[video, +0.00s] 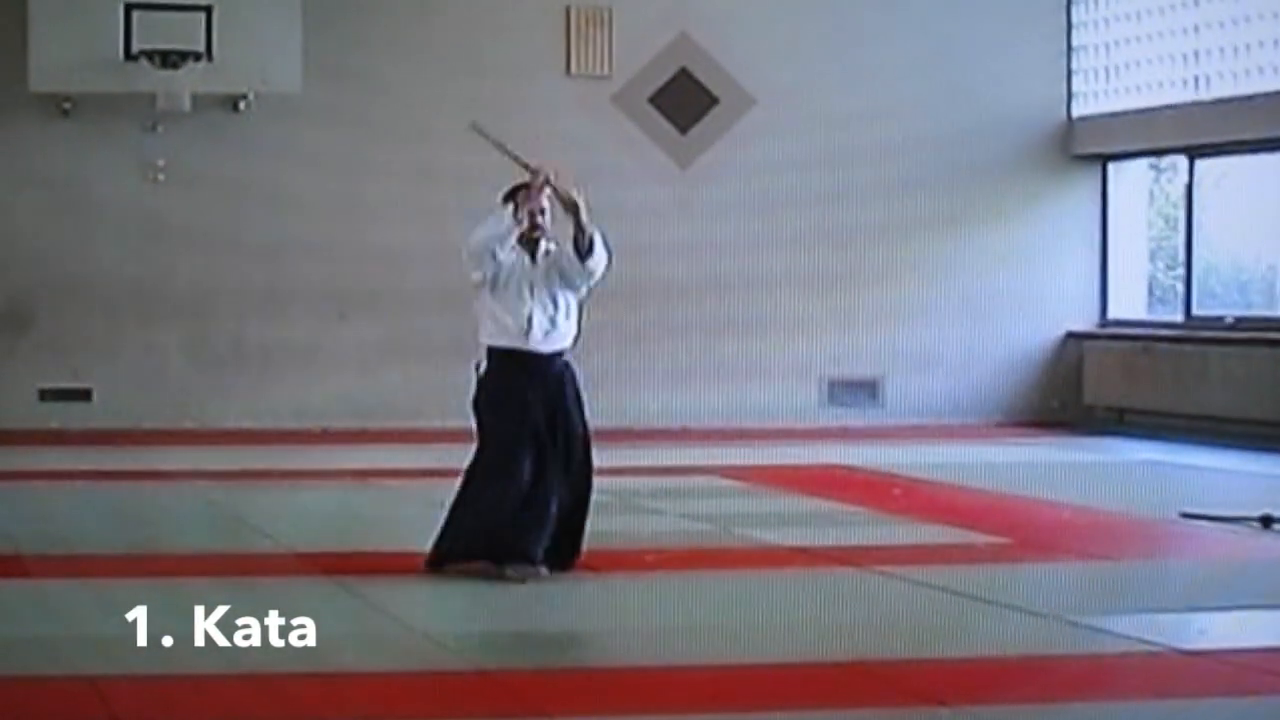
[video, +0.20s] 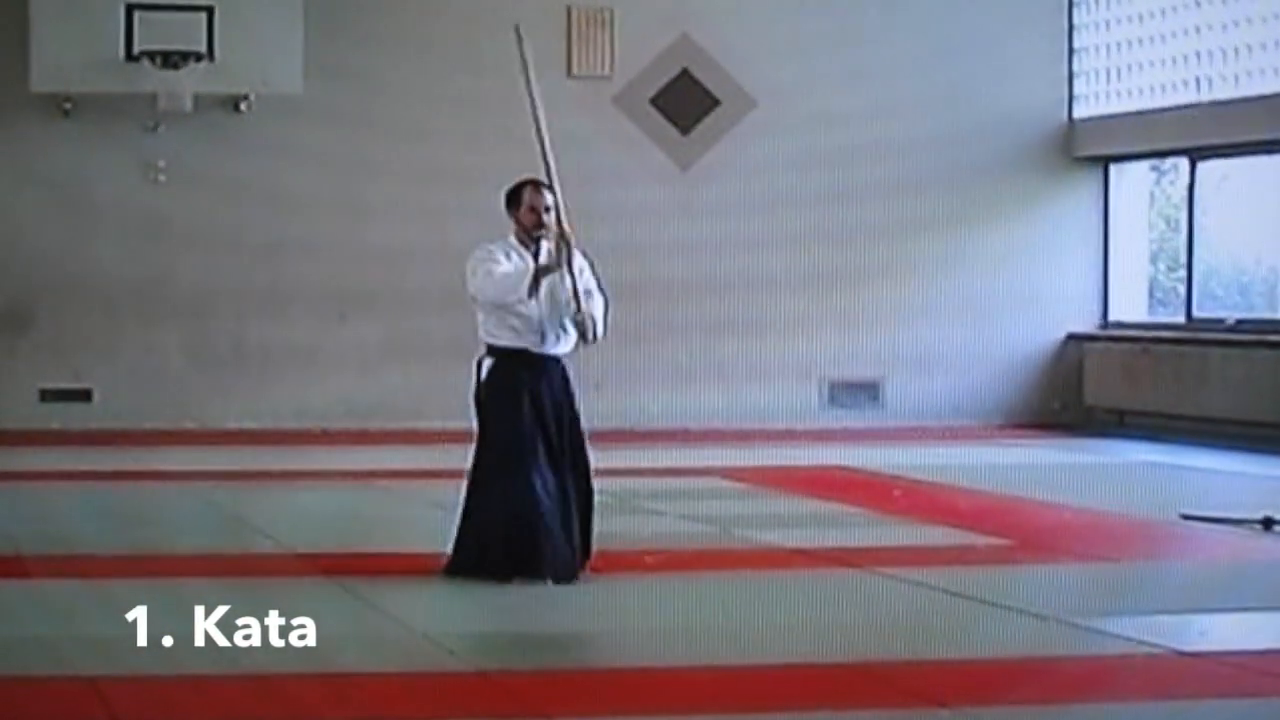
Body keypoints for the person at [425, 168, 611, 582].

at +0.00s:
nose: (535, 218)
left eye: (542, 210)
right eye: (526, 210)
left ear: (551, 216)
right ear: (511, 215)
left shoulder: (562, 263)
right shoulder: (498, 260)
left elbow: (592, 266)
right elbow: (477, 251)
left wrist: (578, 216)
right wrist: (516, 208)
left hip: (554, 367)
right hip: (507, 365)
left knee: (564, 462)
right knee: (510, 461)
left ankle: (540, 553)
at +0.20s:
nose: (540, 219)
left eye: (546, 211)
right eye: (532, 210)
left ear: (554, 215)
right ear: (514, 215)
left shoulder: (569, 262)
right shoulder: (490, 257)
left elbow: (593, 325)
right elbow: (491, 290)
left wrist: (571, 262)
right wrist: (542, 265)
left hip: (552, 371)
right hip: (508, 370)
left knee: (561, 463)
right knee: (523, 465)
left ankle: (565, 556)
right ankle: (539, 559)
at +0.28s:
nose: (543, 218)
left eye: (548, 210)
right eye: (535, 210)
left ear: (556, 215)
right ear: (516, 214)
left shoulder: (567, 261)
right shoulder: (493, 258)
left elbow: (588, 300)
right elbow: (500, 295)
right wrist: (550, 286)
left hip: (551, 368)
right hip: (509, 369)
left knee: (561, 463)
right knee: (526, 466)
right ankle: (547, 562)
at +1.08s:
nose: (599, 232)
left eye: (605, 226)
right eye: (592, 223)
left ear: (609, 231)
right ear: (570, 224)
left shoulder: (606, 272)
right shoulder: (542, 271)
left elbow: (626, 317)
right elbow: (556, 310)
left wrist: (615, 336)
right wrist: (591, 327)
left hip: (576, 378)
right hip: (537, 377)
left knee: (580, 468)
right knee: (550, 467)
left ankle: (570, 553)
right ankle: (548, 556)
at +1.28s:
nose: (631, 235)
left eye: (638, 227)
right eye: (624, 225)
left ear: (641, 233)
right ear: (600, 225)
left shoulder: (634, 281)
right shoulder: (571, 274)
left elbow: (655, 325)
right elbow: (574, 337)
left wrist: (665, 349)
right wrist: (631, 349)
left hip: (605, 390)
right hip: (564, 388)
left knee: (612, 473)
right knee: (571, 478)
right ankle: (553, 566)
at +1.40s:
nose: (663, 201)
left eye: (670, 193)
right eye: (656, 190)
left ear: (672, 198)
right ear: (628, 190)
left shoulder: (658, 248)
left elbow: (692, 289)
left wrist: (720, 301)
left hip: (639, 384)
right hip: (591, 386)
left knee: (666, 474)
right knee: (577, 492)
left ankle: (662, 581)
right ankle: (533, 599)